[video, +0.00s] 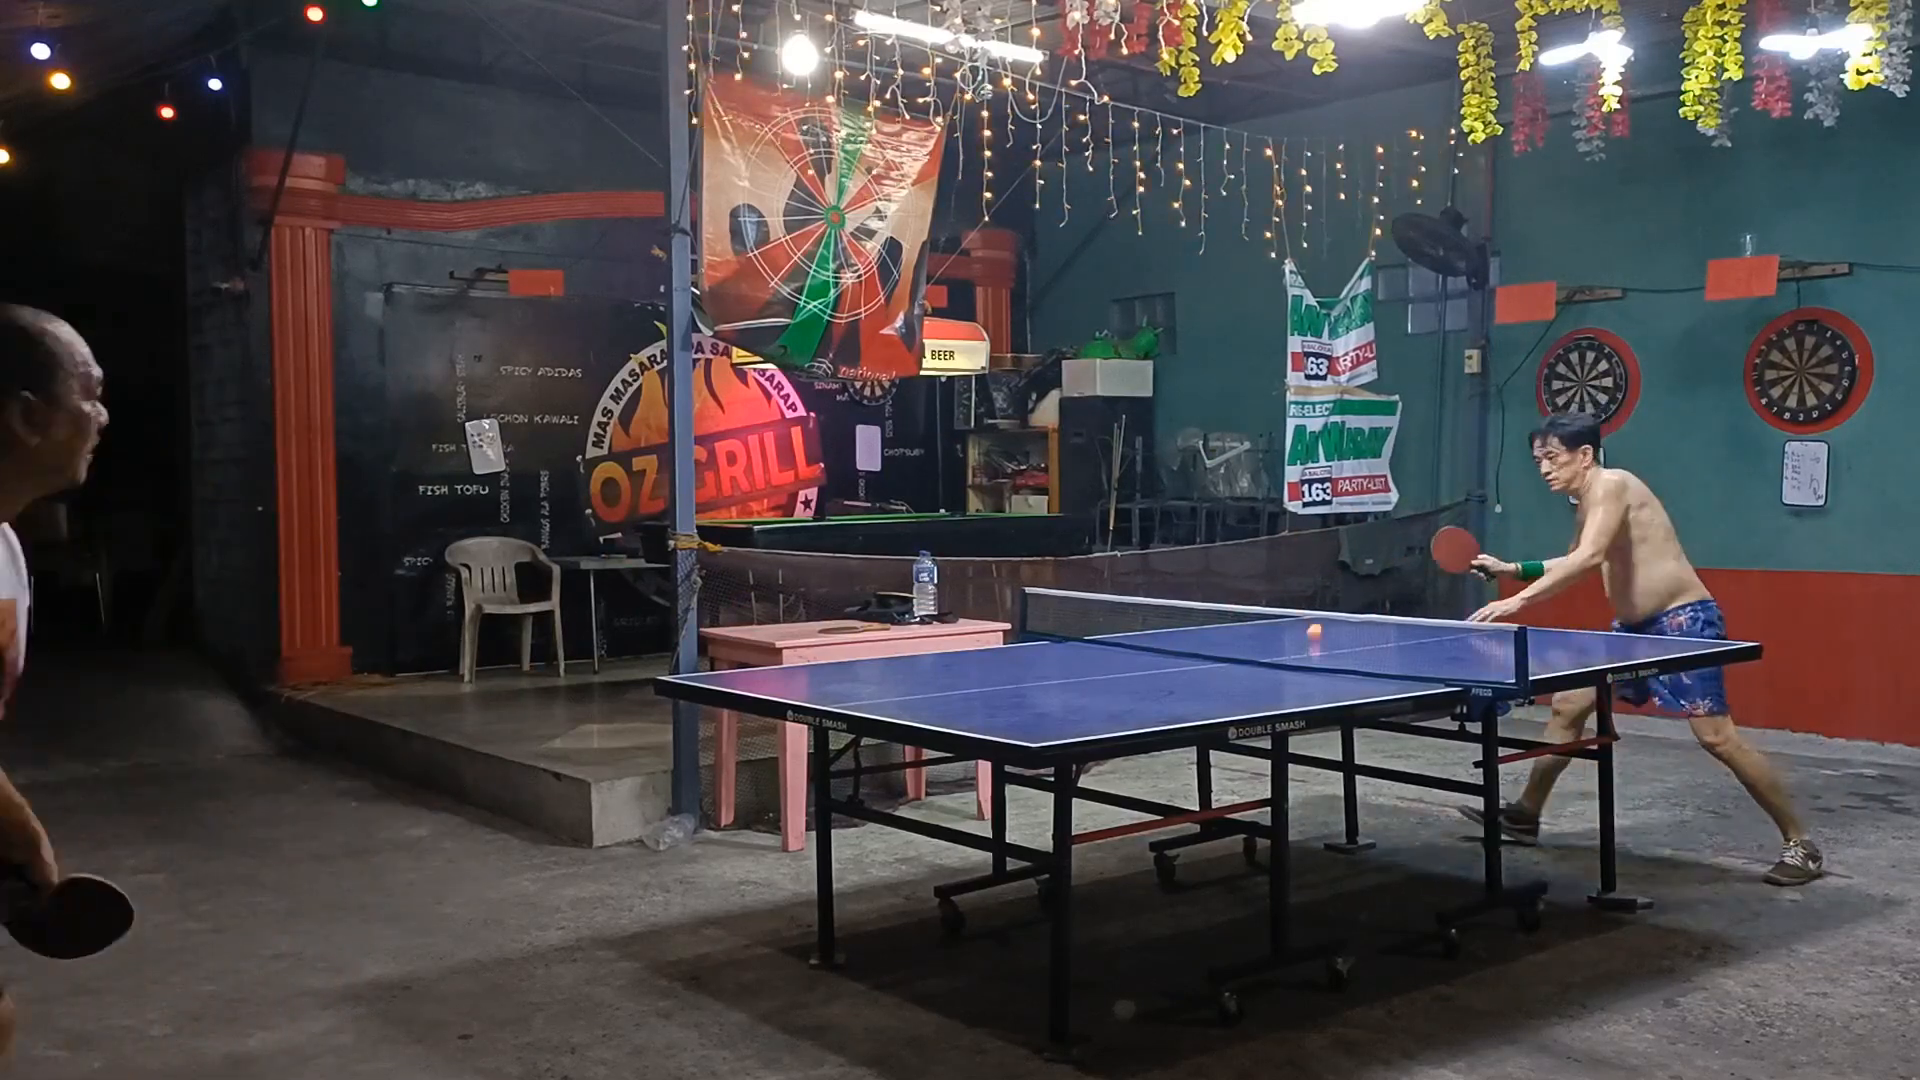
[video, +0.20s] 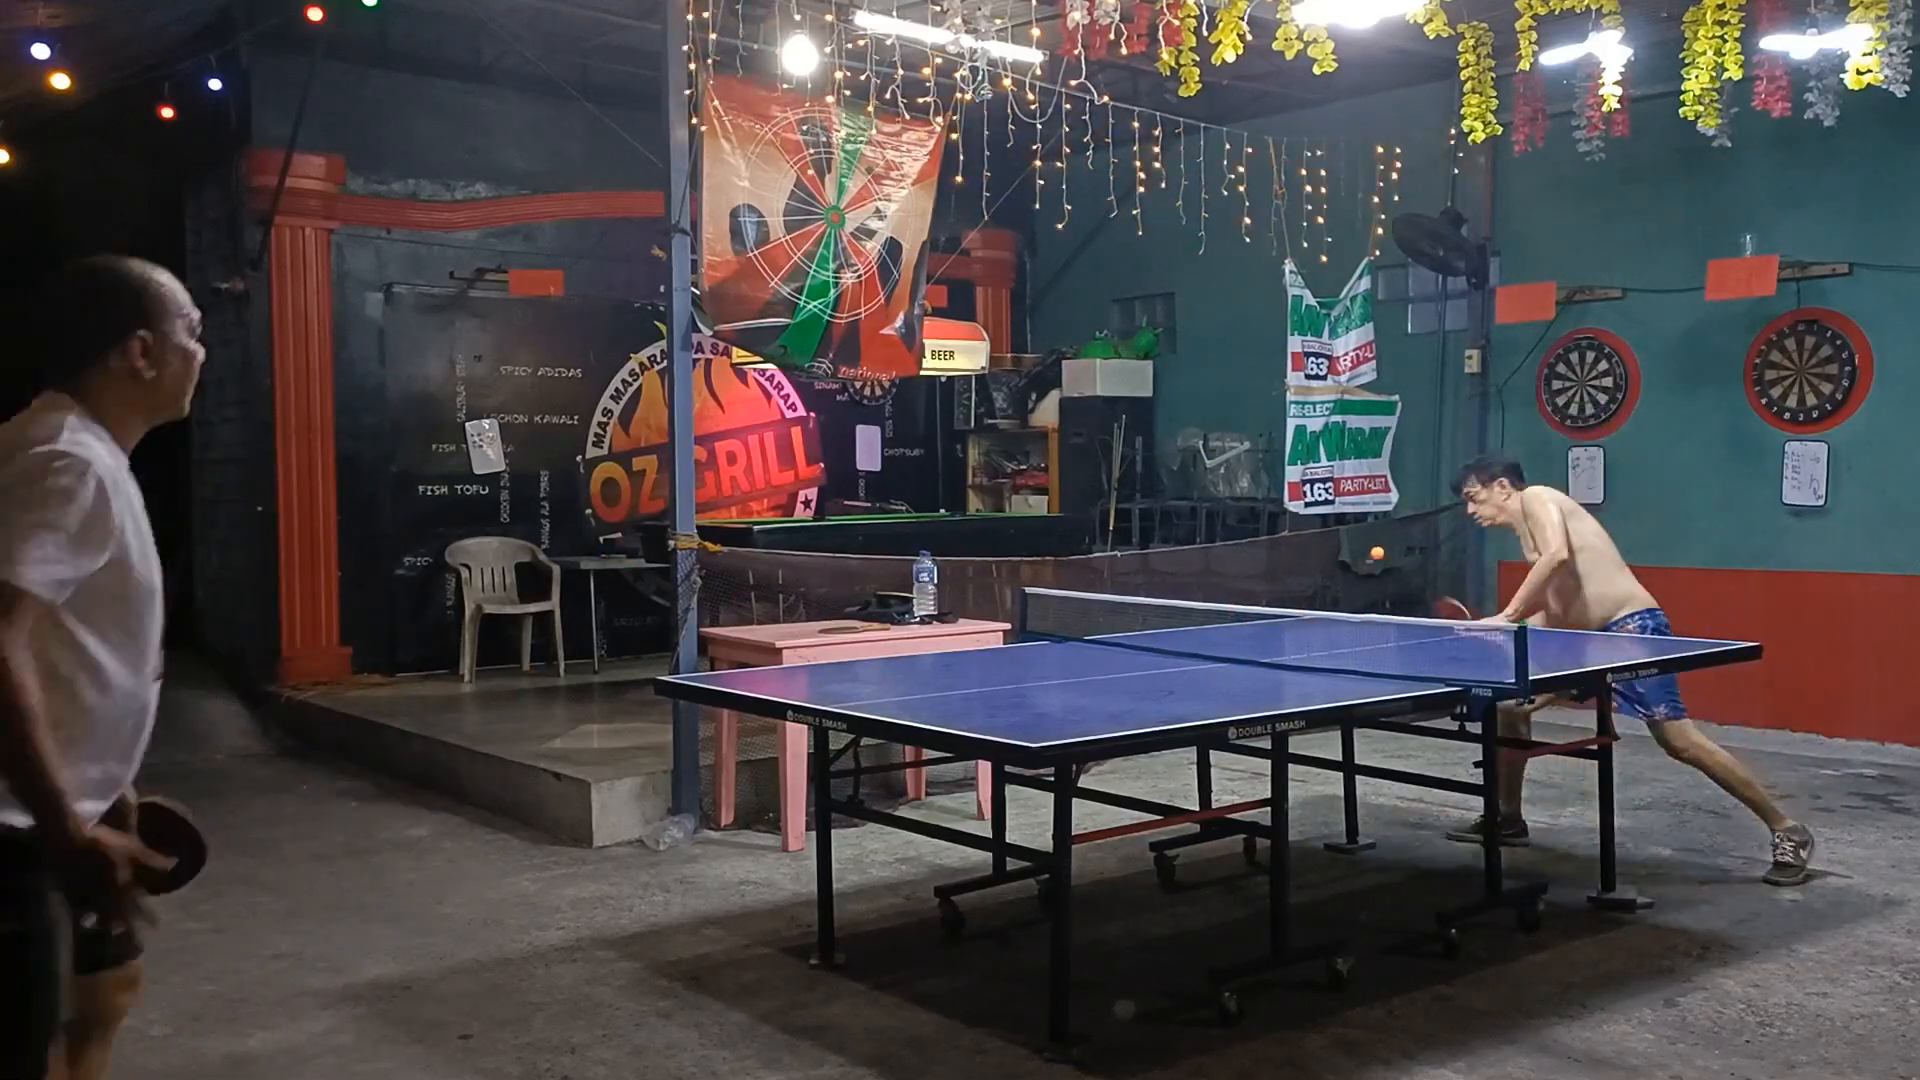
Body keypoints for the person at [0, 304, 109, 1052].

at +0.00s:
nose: (102, 419)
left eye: (98, 397)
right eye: (89, 397)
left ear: (32, 416)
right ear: (26, 415)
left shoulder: (12, 553)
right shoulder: (5, 557)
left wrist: (25, 835)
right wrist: (25, 833)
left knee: (1, 1021)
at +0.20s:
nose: (203, 351)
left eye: (199, 332)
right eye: (189, 332)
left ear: (134, 354)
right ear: (139, 353)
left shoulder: (66, 449)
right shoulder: (69, 467)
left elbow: (40, 661)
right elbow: (6, 645)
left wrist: (110, 800)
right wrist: (67, 826)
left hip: (58, 833)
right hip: (34, 843)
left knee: (103, 994)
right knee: (48, 1039)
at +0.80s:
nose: (502, 476)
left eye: (507, 457)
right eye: (501, 454)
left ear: (449, 444)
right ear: (455, 443)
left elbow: (400, 673)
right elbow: (212, 647)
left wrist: (559, 695)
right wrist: (305, 799)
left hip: (266, 777)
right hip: (204, 777)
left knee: (330, 997)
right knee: (411, 985)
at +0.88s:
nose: (505, 465)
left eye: (509, 447)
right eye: (503, 444)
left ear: (451, 437)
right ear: (458, 437)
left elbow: (408, 669)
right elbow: (191, 623)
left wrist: (547, 717)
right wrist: (223, 801)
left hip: (304, 783)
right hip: (223, 785)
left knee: (327, 1002)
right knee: (399, 992)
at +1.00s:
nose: (498, 451)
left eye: (500, 432)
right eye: (494, 429)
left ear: (437, 424)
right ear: (447, 425)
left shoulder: (385, 520)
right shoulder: (323, 489)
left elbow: (368, 668)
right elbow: (184, 615)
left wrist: (494, 734)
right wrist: (150, 803)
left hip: (291, 788)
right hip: (230, 790)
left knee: (306, 989)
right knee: (403, 995)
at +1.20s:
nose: (419, 421)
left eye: (423, 402)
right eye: (418, 400)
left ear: (313, 392)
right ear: (376, 402)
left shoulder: (237, 466)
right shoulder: (296, 485)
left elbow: (239, 671)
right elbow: (174, 631)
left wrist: (343, 765)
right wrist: (113, 822)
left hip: (125, 783)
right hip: (195, 800)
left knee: (207, 958)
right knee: (382, 998)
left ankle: (133, 1072)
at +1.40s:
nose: (282, 390)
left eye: (280, 370)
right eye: (273, 369)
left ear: (218, 384)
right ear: (226, 384)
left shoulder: (155, 474)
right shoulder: (135, 469)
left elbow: (133, 672)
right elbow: (31, 623)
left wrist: (231, 766)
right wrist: (123, 796)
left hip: (61, 811)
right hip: (52, 815)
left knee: (33, 1029)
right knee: (205, 1038)